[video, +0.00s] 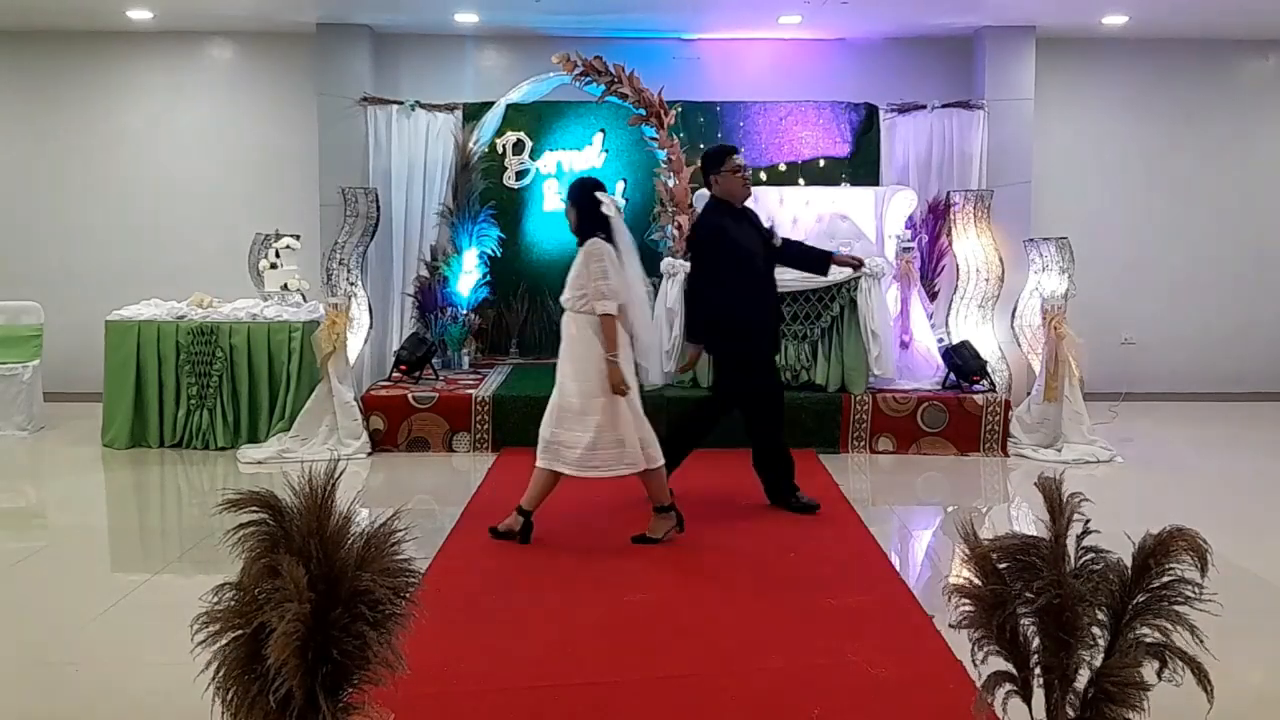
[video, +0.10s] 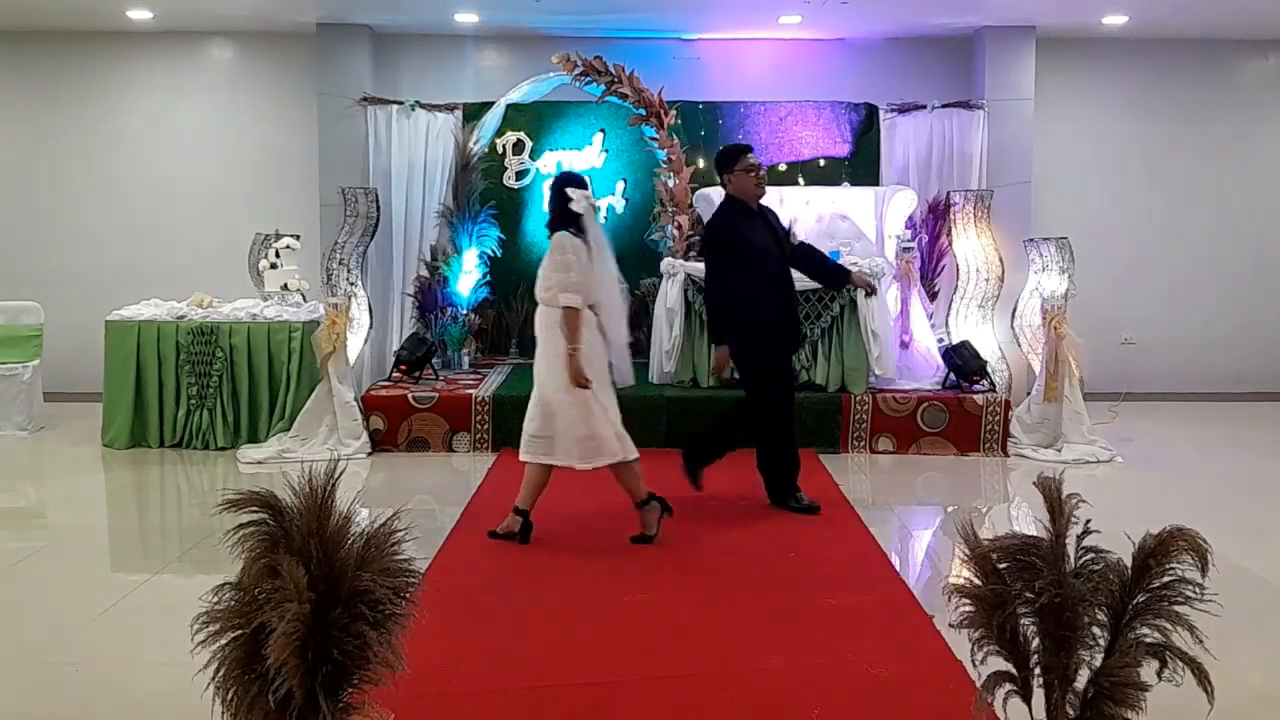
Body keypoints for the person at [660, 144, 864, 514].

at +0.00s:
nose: (746, 175)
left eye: (745, 169)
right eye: (737, 171)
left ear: (739, 178)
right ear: (713, 181)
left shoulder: (743, 216)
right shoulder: (708, 226)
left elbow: (779, 249)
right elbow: (700, 285)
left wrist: (833, 259)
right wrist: (695, 339)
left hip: (754, 332)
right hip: (735, 336)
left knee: (720, 404)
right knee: (767, 407)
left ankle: (658, 467)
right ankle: (780, 490)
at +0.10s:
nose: (761, 174)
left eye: (760, 168)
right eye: (751, 170)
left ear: (760, 174)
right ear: (728, 180)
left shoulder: (764, 217)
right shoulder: (720, 227)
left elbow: (798, 253)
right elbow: (716, 288)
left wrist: (846, 277)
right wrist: (721, 342)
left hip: (778, 330)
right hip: (750, 334)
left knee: (768, 409)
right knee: (774, 410)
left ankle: (699, 452)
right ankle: (782, 491)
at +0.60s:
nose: (803, 175)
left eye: (810, 168)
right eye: (794, 170)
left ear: (823, 172)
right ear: (784, 176)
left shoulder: (849, 212)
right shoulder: (770, 224)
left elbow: (866, 267)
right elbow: (757, 282)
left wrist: (858, 312)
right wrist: (765, 337)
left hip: (851, 331)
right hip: (803, 336)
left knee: (873, 411)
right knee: (809, 414)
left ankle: (892, 492)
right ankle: (788, 490)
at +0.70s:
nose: (811, 175)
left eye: (819, 168)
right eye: (803, 170)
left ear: (836, 172)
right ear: (796, 177)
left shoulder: (865, 210)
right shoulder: (786, 223)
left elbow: (885, 263)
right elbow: (772, 281)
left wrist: (870, 307)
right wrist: (775, 334)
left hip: (861, 330)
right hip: (813, 334)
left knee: (880, 411)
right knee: (811, 413)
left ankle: (910, 491)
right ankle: (793, 488)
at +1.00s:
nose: (835, 182)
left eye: (844, 175)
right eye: (833, 176)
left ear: (871, 177)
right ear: (833, 181)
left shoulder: (908, 219)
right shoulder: (830, 229)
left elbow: (934, 277)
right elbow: (819, 287)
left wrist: (940, 333)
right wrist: (813, 336)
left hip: (899, 345)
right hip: (849, 346)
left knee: (903, 426)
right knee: (834, 420)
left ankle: (921, 502)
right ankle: (825, 489)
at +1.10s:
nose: (841, 178)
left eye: (849, 171)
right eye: (840, 171)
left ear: (875, 174)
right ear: (849, 177)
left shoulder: (914, 216)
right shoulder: (839, 225)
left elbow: (947, 274)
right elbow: (825, 284)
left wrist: (961, 330)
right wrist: (815, 336)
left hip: (902, 345)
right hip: (854, 345)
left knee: (908, 428)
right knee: (844, 423)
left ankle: (921, 503)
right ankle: (842, 494)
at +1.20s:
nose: (843, 176)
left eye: (850, 169)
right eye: (843, 169)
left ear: (877, 172)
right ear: (864, 173)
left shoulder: (914, 214)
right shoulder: (845, 223)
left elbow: (954, 262)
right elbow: (829, 279)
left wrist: (969, 317)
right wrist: (814, 330)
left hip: (901, 342)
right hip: (855, 342)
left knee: (908, 425)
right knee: (848, 420)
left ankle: (922, 503)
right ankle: (864, 495)